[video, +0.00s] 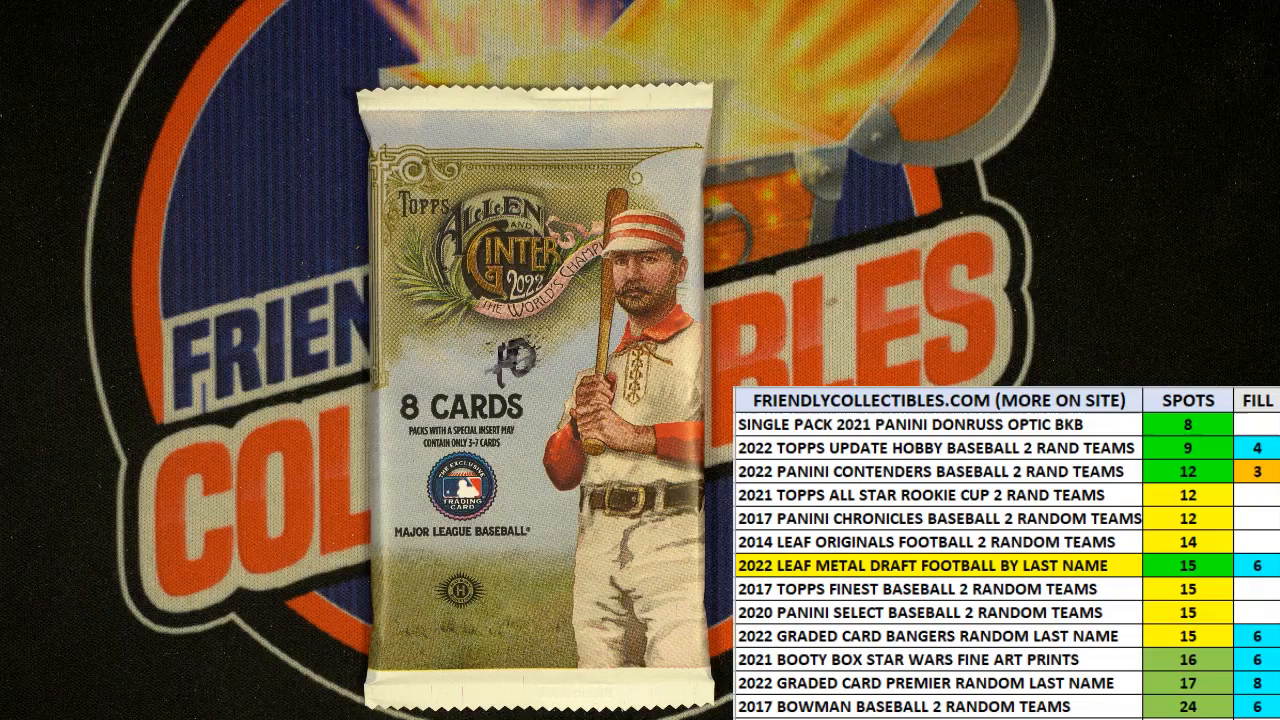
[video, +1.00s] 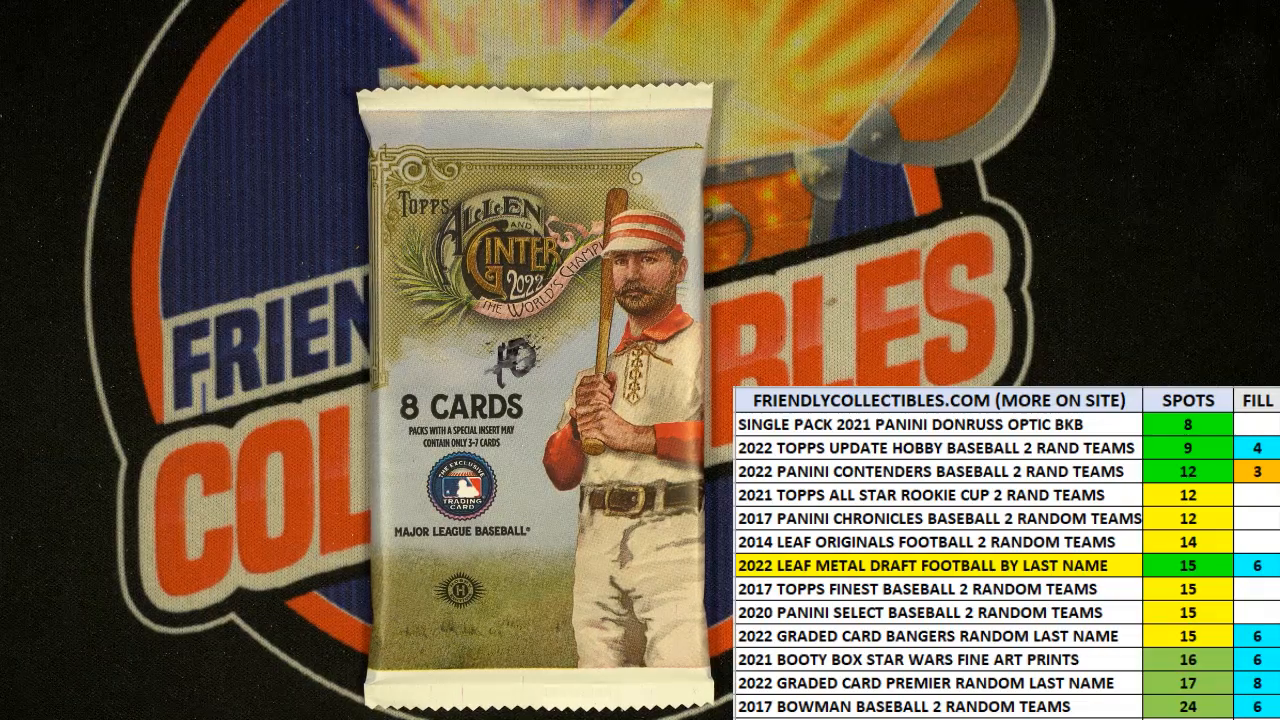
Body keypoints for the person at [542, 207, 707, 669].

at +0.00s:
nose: (631, 274)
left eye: (647, 259)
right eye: (620, 261)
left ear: (678, 270)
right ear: (609, 272)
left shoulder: (705, 345)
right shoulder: (605, 366)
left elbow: (724, 438)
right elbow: (561, 475)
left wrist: (631, 436)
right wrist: (577, 420)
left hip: (674, 529)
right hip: (597, 530)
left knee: (679, 684)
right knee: (600, 689)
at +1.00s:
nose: (631, 274)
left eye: (647, 259)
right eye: (620, 260)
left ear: (678, 270)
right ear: (609, 272)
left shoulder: (705, 346)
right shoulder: (604, 366)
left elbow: (724, 438)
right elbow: (561, 475)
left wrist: (635, 436)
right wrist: (577, 422)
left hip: (674, 531)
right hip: (597, 532)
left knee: (679, 688)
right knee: (601, 692)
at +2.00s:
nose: (631, 274)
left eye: (648, 259)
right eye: (620, 261)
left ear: (678, 270)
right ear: (609, 273)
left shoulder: (705, 346)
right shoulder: (604, 366)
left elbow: (724, 438)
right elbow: (561, 476)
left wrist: (632, 436)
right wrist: (577, 420)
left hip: (673, 530)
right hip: (597, 531)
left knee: (679, 685)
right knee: (601, 690)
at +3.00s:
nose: (631, 273)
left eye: (647, 259)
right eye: (620, 260)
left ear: (678, 269)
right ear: (609, 273)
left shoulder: (706, 345)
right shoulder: (604, 364)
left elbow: (726, 436)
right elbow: (561, 475)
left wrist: (635, 436)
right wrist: (576, 421)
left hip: (672, 527)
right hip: (598, 530)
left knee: (678, 683)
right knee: (601, 688)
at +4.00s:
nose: (631, 273)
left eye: (647, 259)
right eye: (620, 260)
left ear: (678, 270)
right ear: (609, 272)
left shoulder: (708, 346)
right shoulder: (602, 366)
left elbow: (727, 437)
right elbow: (561, 475)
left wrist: (632, 436)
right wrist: (577, 420)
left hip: (672, 528)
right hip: (597, 531)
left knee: (677, 683)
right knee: (601, 686)